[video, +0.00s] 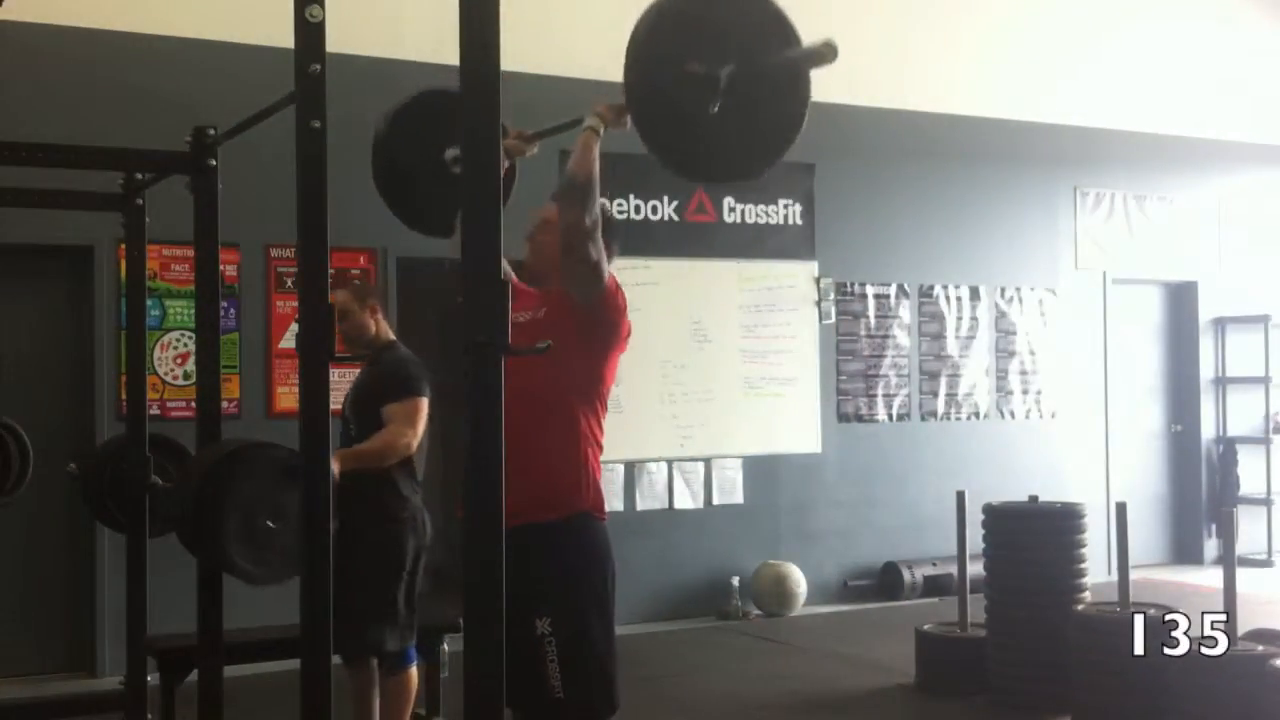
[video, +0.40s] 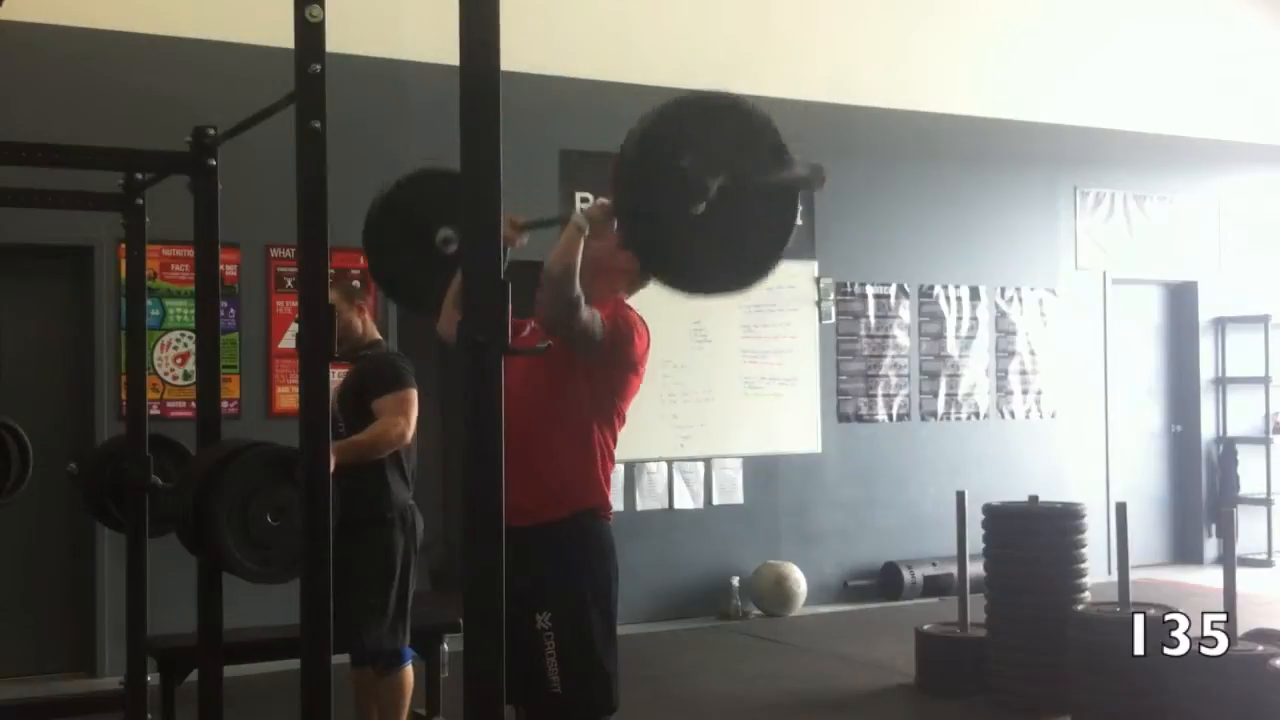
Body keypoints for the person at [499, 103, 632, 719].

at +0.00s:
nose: (533, 232)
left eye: (550, 225)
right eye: (535, 223)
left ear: (581, 241)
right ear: (533, 237)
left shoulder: (594, 315)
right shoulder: (508, 302)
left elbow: (579, 215)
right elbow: (468, 245)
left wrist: (593, 126)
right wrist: (496, 170)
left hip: (565, 531)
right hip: (496, 531)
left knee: (580, 693)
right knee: (505, 689)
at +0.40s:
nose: (583, 231)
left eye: (604, 227)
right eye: (587, 223)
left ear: (630, 265)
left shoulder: (623, 331)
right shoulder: (526, 330)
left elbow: (559, 311)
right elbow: (451, 325)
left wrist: (575, 225)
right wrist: (488, 248)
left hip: (570, 531)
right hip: (504, 530)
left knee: (580, 694)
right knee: (516, 691)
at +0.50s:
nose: (576, 251)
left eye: (595, 241)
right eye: (578, 240)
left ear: (620, 264)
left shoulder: (626, 333)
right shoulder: (531, 330)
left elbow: (561, 327)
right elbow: (454, 352)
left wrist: (572, 255)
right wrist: (487, 277)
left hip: (571, 530)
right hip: (508, 529)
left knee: (578, 691)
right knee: (514, 688)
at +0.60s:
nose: (585, 240)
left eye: (601, 235)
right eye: (586, 232)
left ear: (627, 257)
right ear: (579, 249)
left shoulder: (624, 335)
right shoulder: (543, 331)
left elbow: (566, 377)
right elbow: (460, 379)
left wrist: (572, 285)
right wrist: (490, 294)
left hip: (571, 531)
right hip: (512, 529)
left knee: (577, 693)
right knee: (518, 689)